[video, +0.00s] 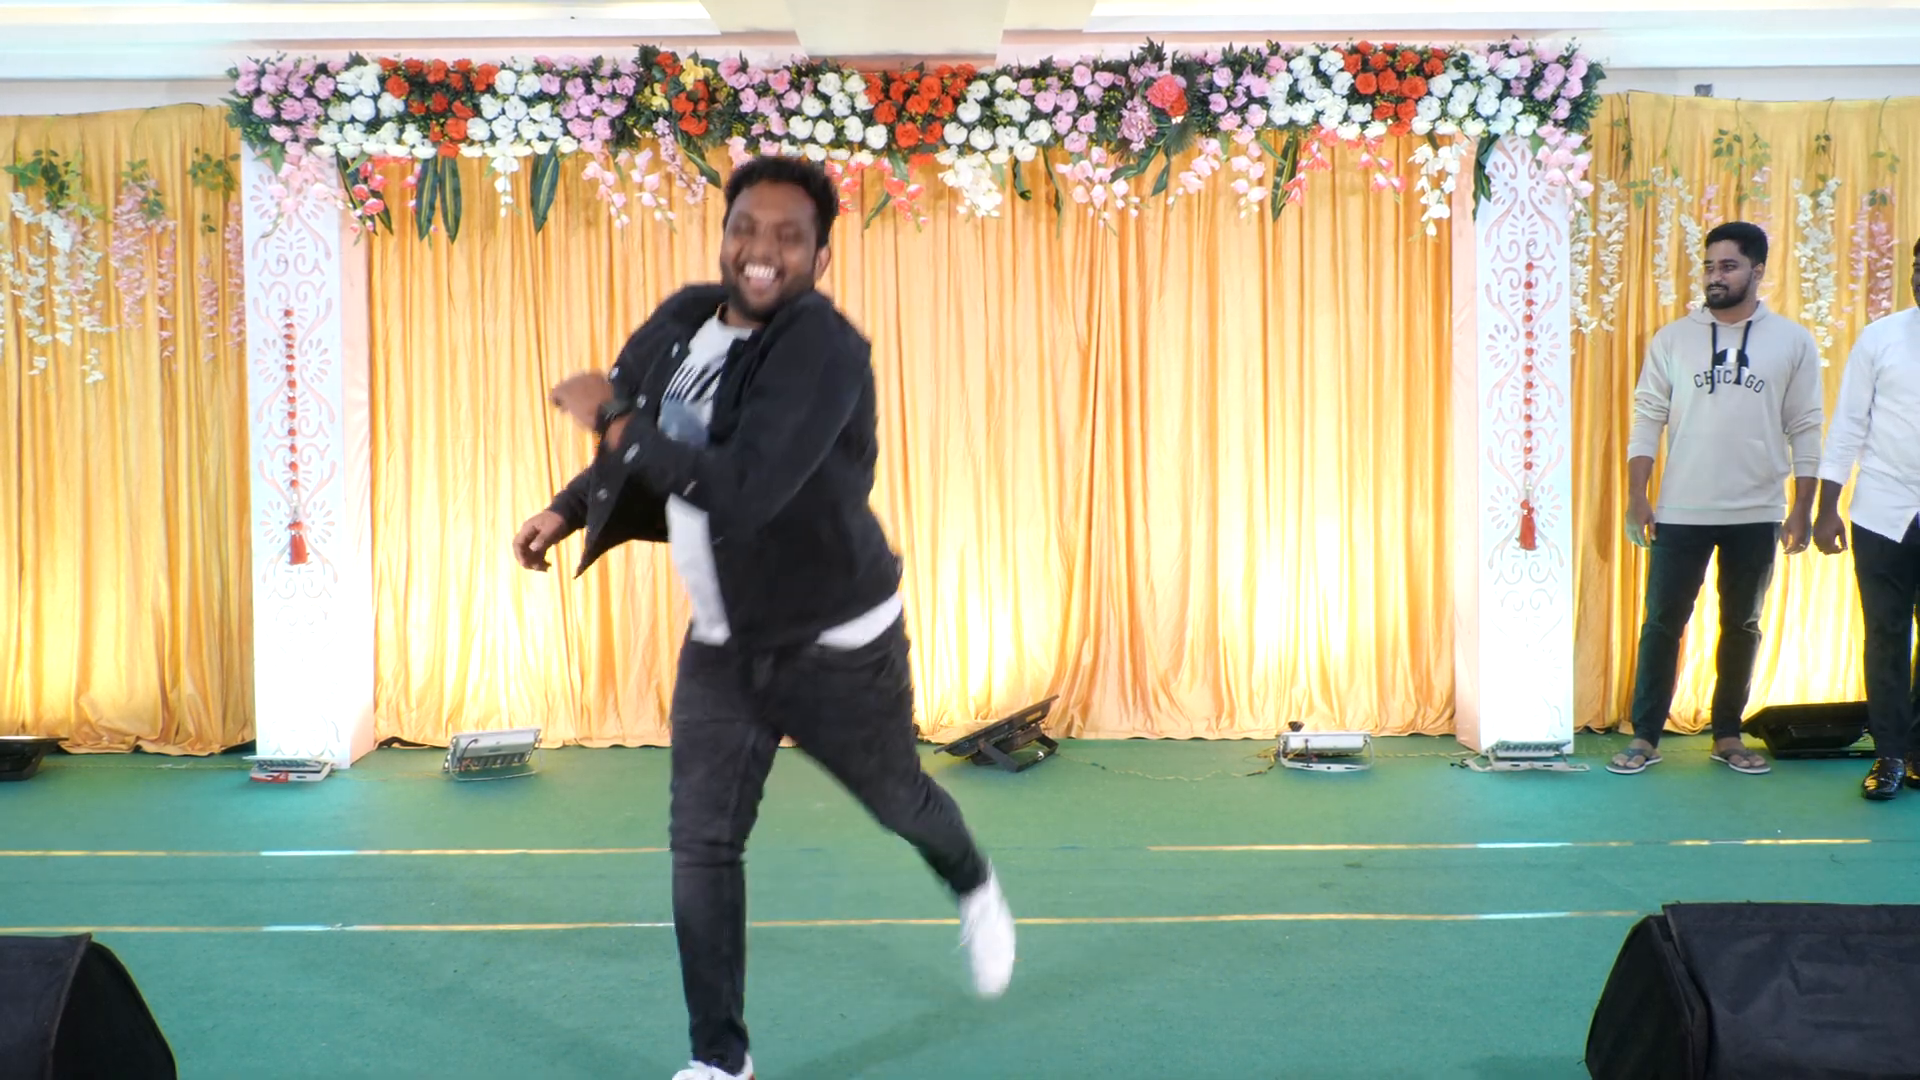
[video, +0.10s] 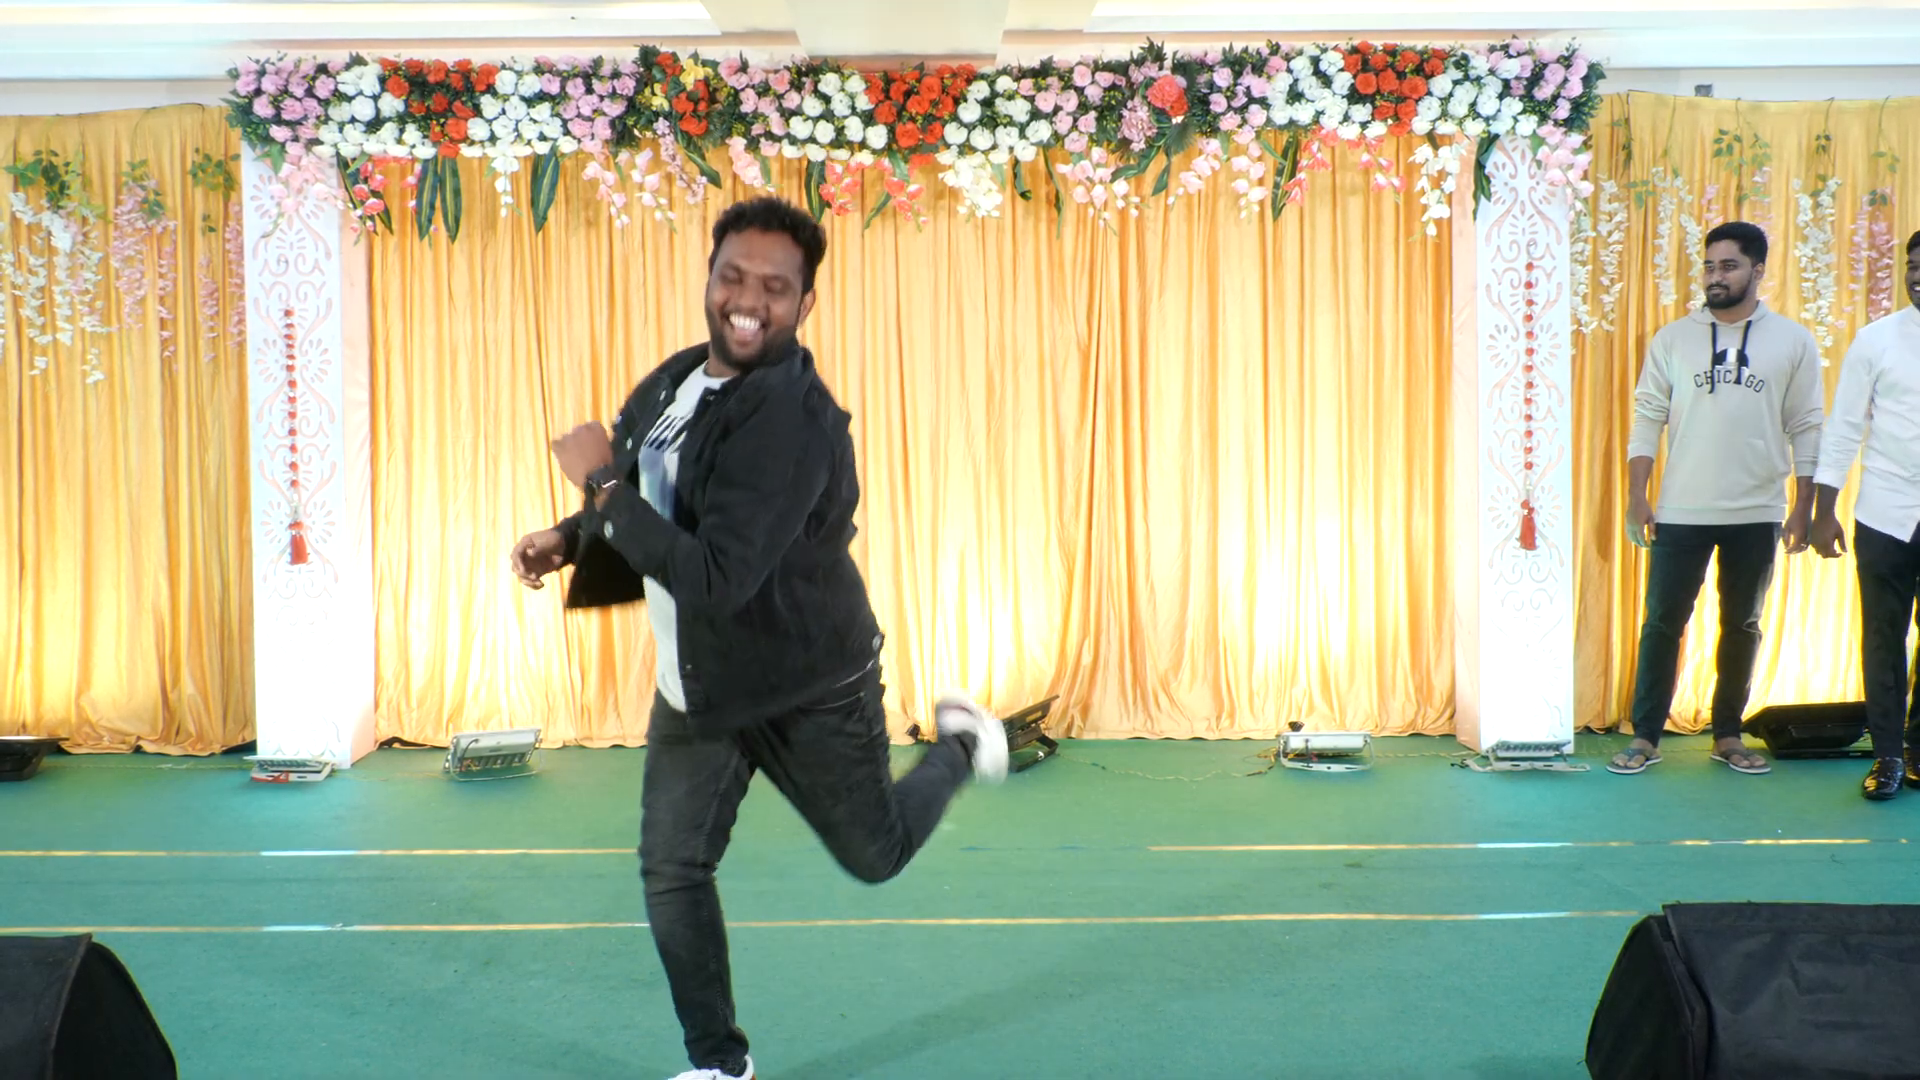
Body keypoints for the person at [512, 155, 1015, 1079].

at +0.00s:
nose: (761, 252)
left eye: (787, 237)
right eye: (745, 231)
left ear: (820, 252)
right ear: (723, 235)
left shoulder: (826, 349)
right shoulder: (682, 319)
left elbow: (742, 489)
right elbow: (637, 439)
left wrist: (618, 424)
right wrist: (569, 510)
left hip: (839, 640)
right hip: (723, 646)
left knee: (902, 801)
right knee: (701, 845)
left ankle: (977, 888)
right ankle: (718, 1058)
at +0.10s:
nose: (749, 300)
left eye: (775, 287)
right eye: (733, 277)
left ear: (804, 304)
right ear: (707, 281)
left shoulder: (791, 419)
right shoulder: (676, 383)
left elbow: (717, 581)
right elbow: (638, 490)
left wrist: (604, 486)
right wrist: (574, 539)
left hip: (810, 685)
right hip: (701, 689)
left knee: (875, 854)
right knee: (672, 870)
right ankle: (718, 1061)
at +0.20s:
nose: (759, 330)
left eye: (786, 315)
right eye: (744, 303)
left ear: (806, 324)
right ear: (711, 298)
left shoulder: (788, 437)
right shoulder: (668, 381)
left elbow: (713, 594)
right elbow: (644, 507)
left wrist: (620, 482)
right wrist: (574, 519)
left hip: (796, 706)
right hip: (682, 702)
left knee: (849, 881)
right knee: (656, 878)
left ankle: (887, 705)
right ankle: (716, 1062)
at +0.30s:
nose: (776, 296)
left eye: (800, 281)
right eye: (759, 270)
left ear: (818, 288)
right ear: (722, 263)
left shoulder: (805, 391)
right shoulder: (660, 326)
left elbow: (729, 529)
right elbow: (600, 402)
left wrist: (612, 436)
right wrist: (565, 443)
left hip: (786, 665)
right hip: (677, 664)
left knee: (811, 849)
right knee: (685, 858)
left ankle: (873, 712)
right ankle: (717, 1054)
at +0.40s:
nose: (790, 270)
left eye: (813, 250)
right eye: (773, 244)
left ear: (830, 250)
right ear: (733, 231)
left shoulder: (818, 354)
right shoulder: (659, 273)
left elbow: (743, 490)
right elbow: (590, 304)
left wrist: (608, 451)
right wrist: (544, 384)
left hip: (790, 622)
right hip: (680, 618)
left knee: (803, 819)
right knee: (702, 829)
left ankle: (853, 765)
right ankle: (748, 1044)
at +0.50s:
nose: (792, 284)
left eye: (817, 265)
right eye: (775, 258)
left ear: (839, 269)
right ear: (743, 249)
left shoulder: (826, 365)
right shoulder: (674, 292)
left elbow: (762, 502)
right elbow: (592, 337)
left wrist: (635, 590)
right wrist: (548, 423)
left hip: (786, 640)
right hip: (673, 635)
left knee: (825, 842)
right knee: (704, 847)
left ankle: (852, 788)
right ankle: (752, 1055)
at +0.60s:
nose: (805, 330)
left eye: (832, 317)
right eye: (791, 302)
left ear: (850, 330)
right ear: (757, 295)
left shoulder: (824, 443)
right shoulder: (691, 361)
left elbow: (811, 617)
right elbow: (610, 405)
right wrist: (571, 430)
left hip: (762, 703)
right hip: (656, 690)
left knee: (834, 885)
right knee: (675, 891)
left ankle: (857, 793)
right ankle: (755, 1061)